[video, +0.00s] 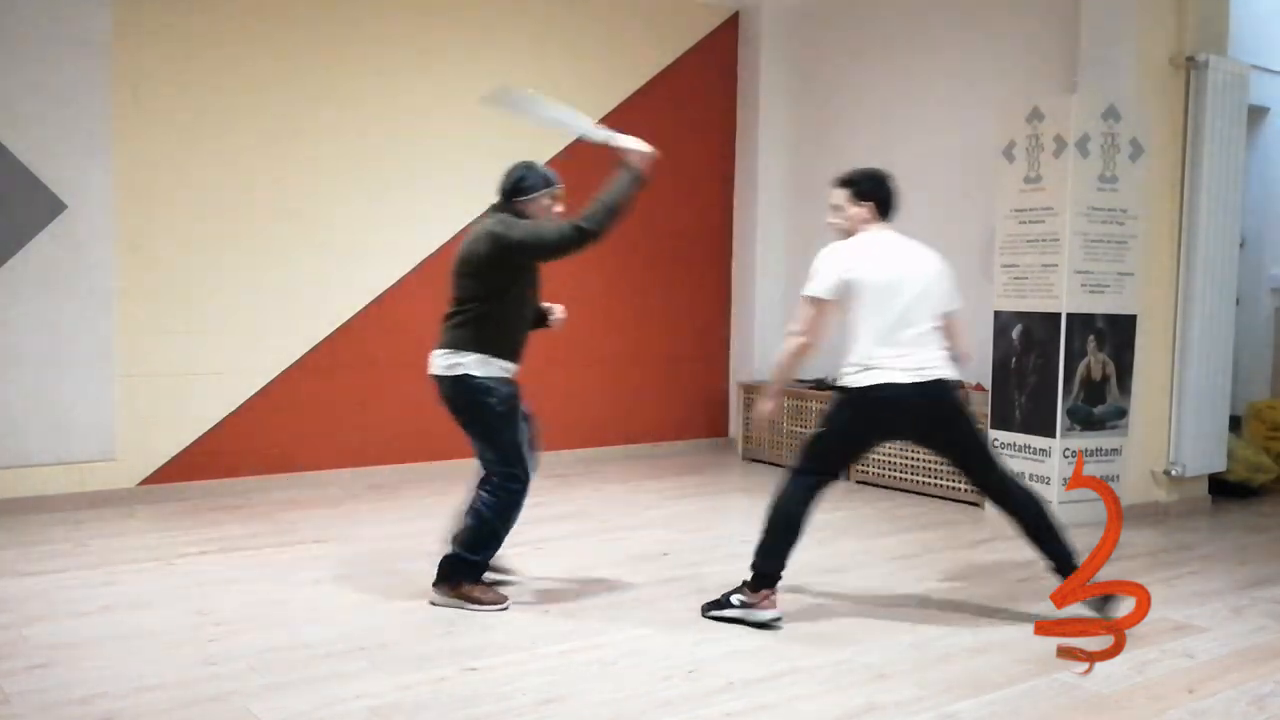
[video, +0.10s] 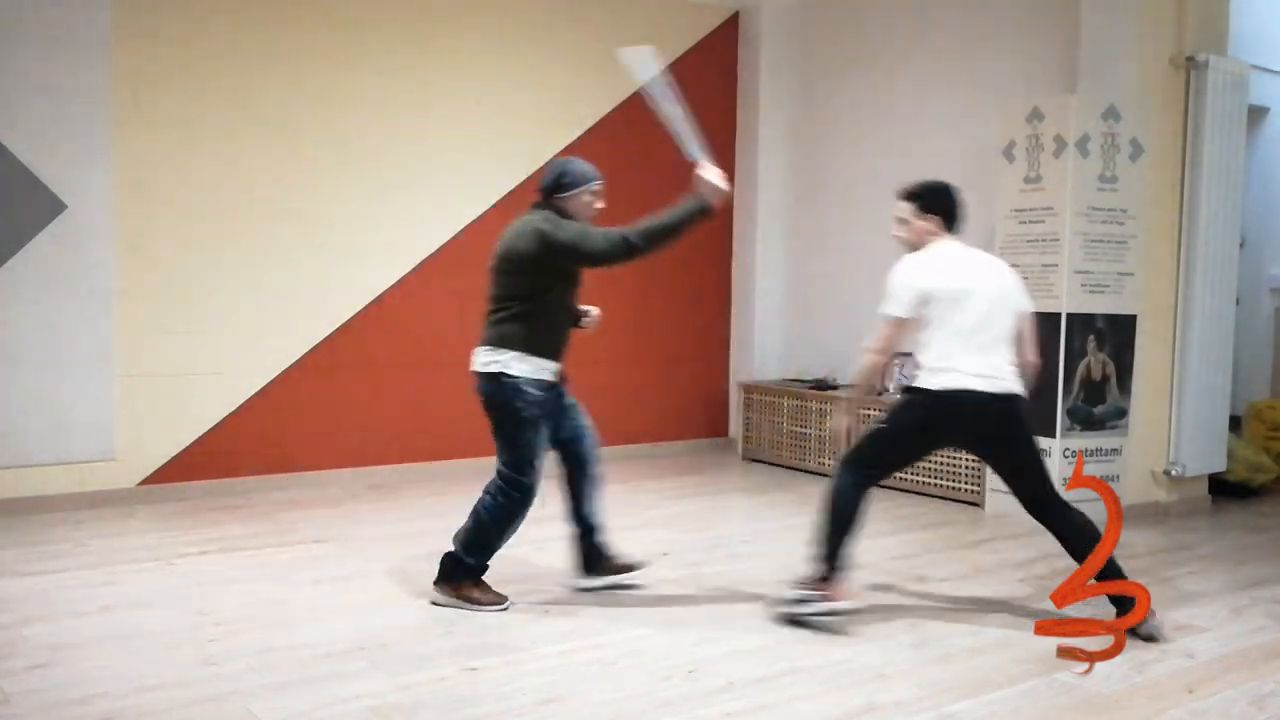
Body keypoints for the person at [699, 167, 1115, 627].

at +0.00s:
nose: (833, 217)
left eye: (839, 209)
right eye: (834, 208)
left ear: (865, 209)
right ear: (881, 211)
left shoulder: (840, 254)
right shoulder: (928, 259)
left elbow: (804, 336)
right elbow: (958, 347)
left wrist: (772, 391)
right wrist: (952, 387)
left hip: (869, 396)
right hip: (933, 396)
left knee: (804, 483)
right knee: (1000, 485)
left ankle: (759, 591)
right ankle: (1077, 579)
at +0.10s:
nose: (898, 230)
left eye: (905, 221)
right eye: (898, 220)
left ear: (932, 222)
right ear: (945, 222)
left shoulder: (915, 267)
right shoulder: (1003, 271)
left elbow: (881, 352)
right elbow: (1029, 359)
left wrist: (850, 407)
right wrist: (1002, 404)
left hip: (937, 403)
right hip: (1001, 409)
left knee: (857, 469)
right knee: (1048, 504)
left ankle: (826, 583)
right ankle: (1130, 602)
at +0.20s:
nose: (948, 244)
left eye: (956, 235)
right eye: (948, 234)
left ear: (986, 235)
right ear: (998, 237)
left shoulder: (974, 279)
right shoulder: (1049, 285)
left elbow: (953, 369)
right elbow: (1058, 368)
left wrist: (926, 407)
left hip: (989, 417)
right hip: (1047, 423)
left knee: (906, 468)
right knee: (1062, 513)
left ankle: (957, 568)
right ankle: (1141, 609)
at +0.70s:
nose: (955, 241)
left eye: (961, 232)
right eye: (955, 232)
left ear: (987, 231)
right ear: (997, 232)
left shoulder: (981, 268)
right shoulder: (1054, 267)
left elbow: (943, 328)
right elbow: (1054, 345)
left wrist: (891, 356)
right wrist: (991, 379)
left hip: (1014, 401)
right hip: (1069, 400)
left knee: (945, 468)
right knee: (1090, 493)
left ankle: (919, 547)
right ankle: (1145, 595)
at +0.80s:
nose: (911, 230)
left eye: (918, 221)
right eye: (912, 220)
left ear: (944, 221)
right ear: (958, 221)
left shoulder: (940, 258)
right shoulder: (1007, 255)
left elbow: (933, 315)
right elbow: (1019, 312)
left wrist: (891, 350)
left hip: (979, 390)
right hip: (1033, 385)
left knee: (932, 464)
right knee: (1067, 479)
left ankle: (914, 551)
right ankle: (1136, 572)